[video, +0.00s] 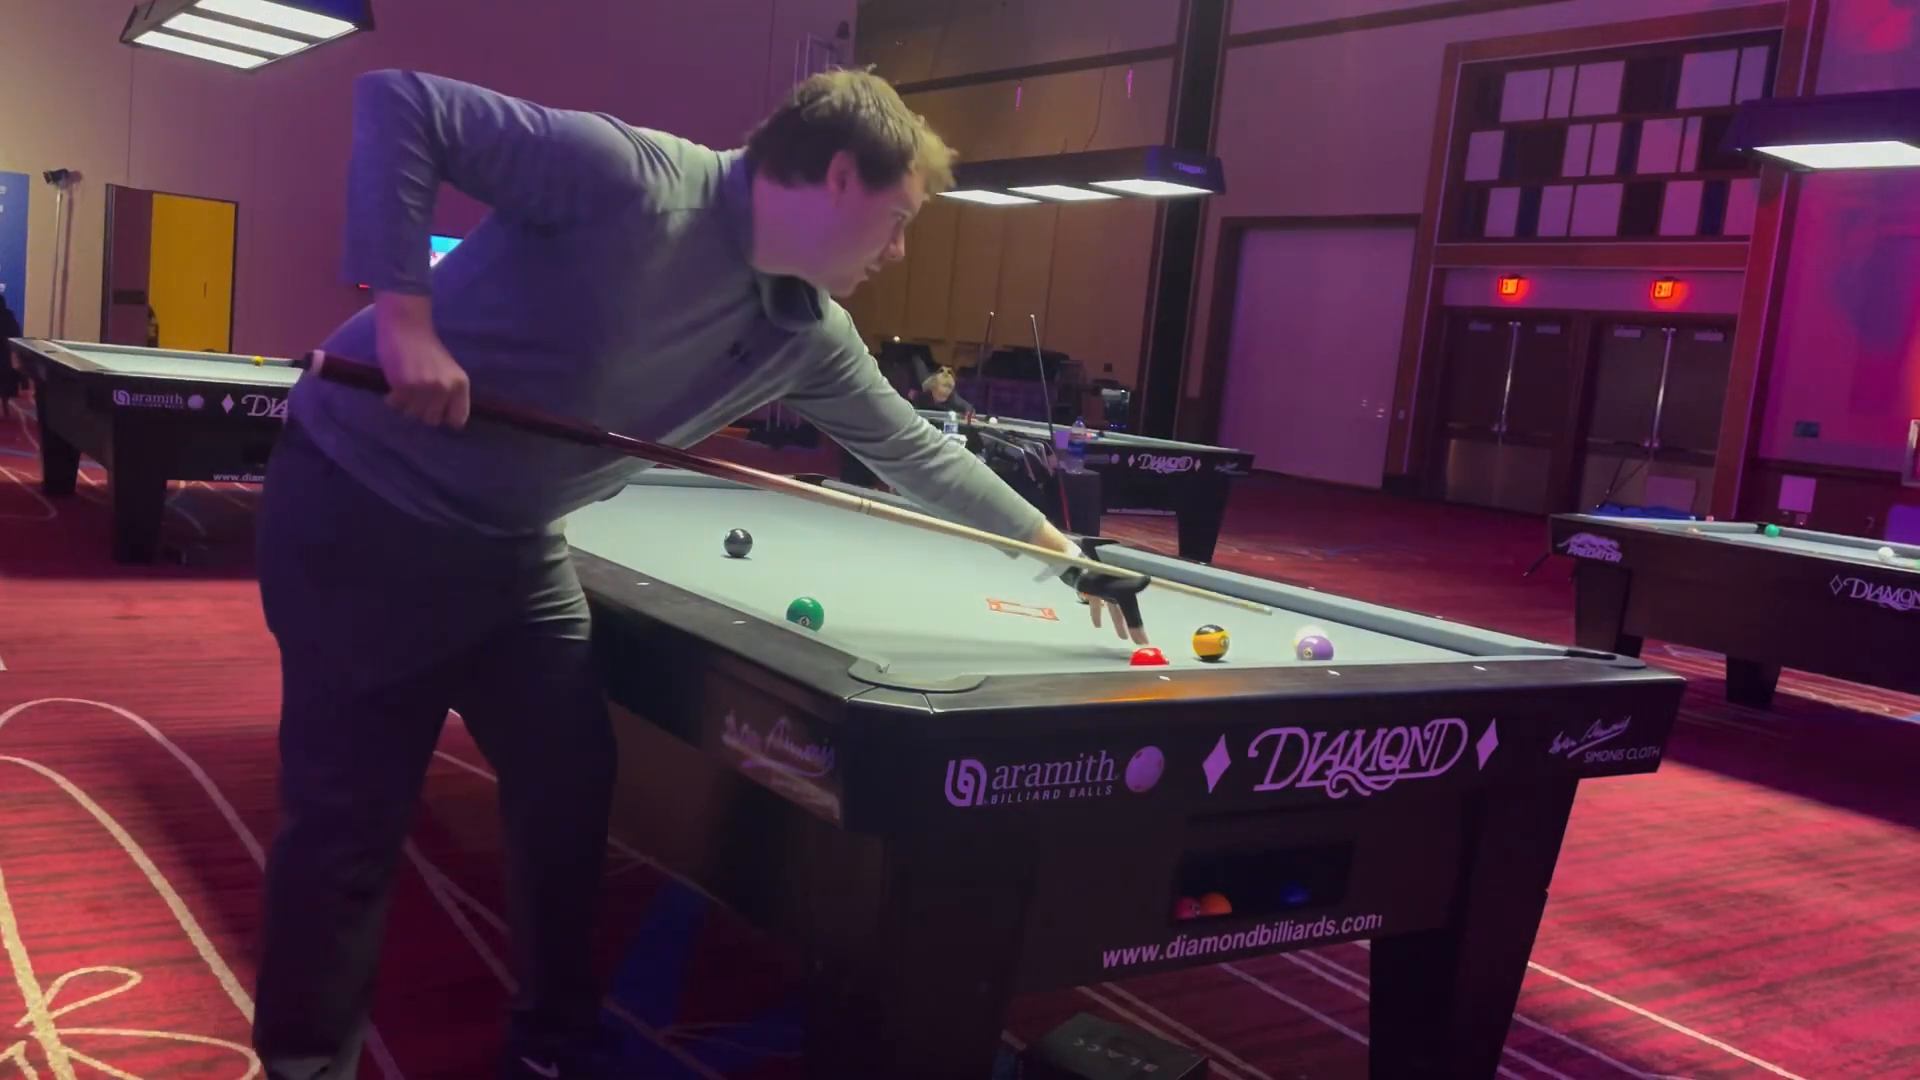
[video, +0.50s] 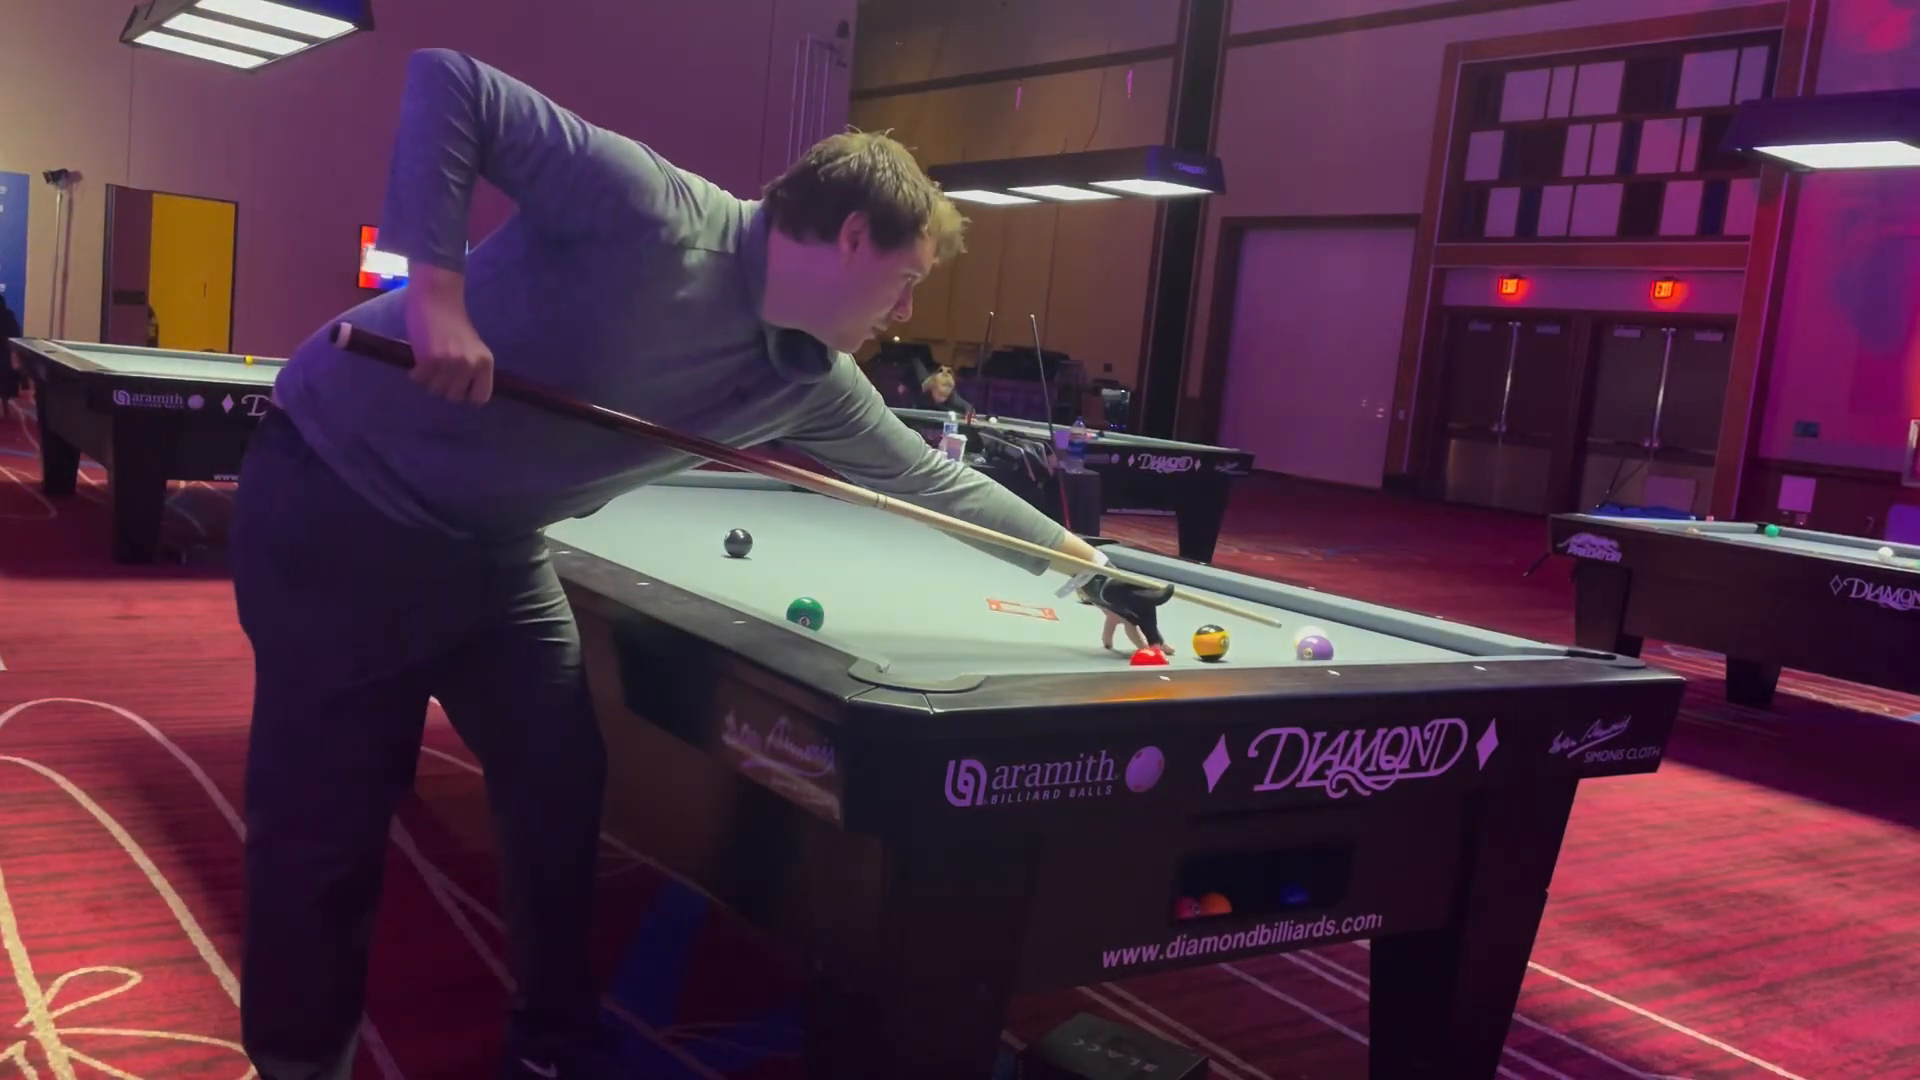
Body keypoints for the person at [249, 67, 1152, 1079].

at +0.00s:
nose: (898, 244)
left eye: (908, 222)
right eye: (900, 214)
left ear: (837, 187)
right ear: (837, 180)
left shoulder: (806, 333)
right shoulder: (630, 179)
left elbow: (918, 450)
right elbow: (402, 103)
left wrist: (1066, 557)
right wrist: (400, 310)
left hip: (514, 537)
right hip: (370, 499)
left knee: (568, 775)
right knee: (346, 821)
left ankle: (553, 1036)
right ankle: (304, 1060)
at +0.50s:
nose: (903, 313)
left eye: (915, 289)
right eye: (907, 279)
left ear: (847, 249)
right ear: (848, 237)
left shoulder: (807, 384)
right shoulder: (648, 208)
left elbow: (940, 479)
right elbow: (448, 83)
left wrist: (1086, 561)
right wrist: (432, 287)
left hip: (494, 535)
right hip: (345, 487)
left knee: (559, 774)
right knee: (324, 819)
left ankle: (551, 1037)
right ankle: (298, 1058)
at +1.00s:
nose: (902, 360)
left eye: (914, 341)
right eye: (911, 330)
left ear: (851, 288)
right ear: (864, 280)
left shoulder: (798, 411)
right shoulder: (665, 226)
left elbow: (926, 502)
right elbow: (492, 70)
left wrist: (1080, 560)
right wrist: (452, 265)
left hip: (487, 535)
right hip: (336, 486)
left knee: (555, 767)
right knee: (315, 829)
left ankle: (549, 1034)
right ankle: (294, 1058)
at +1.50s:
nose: (900, 401)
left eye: (915, 381)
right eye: (910, 371)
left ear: (854, 330)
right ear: (863, 321)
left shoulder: (790, 428)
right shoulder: (676, 237)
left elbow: (914, 518)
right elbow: (527, 64)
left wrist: (1066, 561)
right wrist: (434, 238)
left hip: (487, 537)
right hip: (332, 483)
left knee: (555, 766)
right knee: (310, 826)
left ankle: (549, 1033)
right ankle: (293, 1060)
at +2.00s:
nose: (891, 414)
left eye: (908, 396)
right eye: (903, 385)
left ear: (852, 337)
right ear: (861, 328)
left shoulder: (782, 434)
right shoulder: (680, 243)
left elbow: (909, 519)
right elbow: (531, 68)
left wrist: (1064, 561)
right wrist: (478, 255)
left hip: (483, 529)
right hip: (329, 476)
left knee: (553, 757)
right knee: (311, 818)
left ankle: (549, 1031)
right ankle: (292, 1056)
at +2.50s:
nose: (892, 423)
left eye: (909, 405)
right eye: (903, 393)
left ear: (852, 344)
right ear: (857, 334)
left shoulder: (787, 436)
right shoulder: (678, 241)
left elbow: (912, 525)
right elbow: (535, 68)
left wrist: (1068, 561)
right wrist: (437, 239)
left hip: (482, 532)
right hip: (329, 478)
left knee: (553, 761)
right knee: (310, 827)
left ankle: (547, 1031)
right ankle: (293, 1056)